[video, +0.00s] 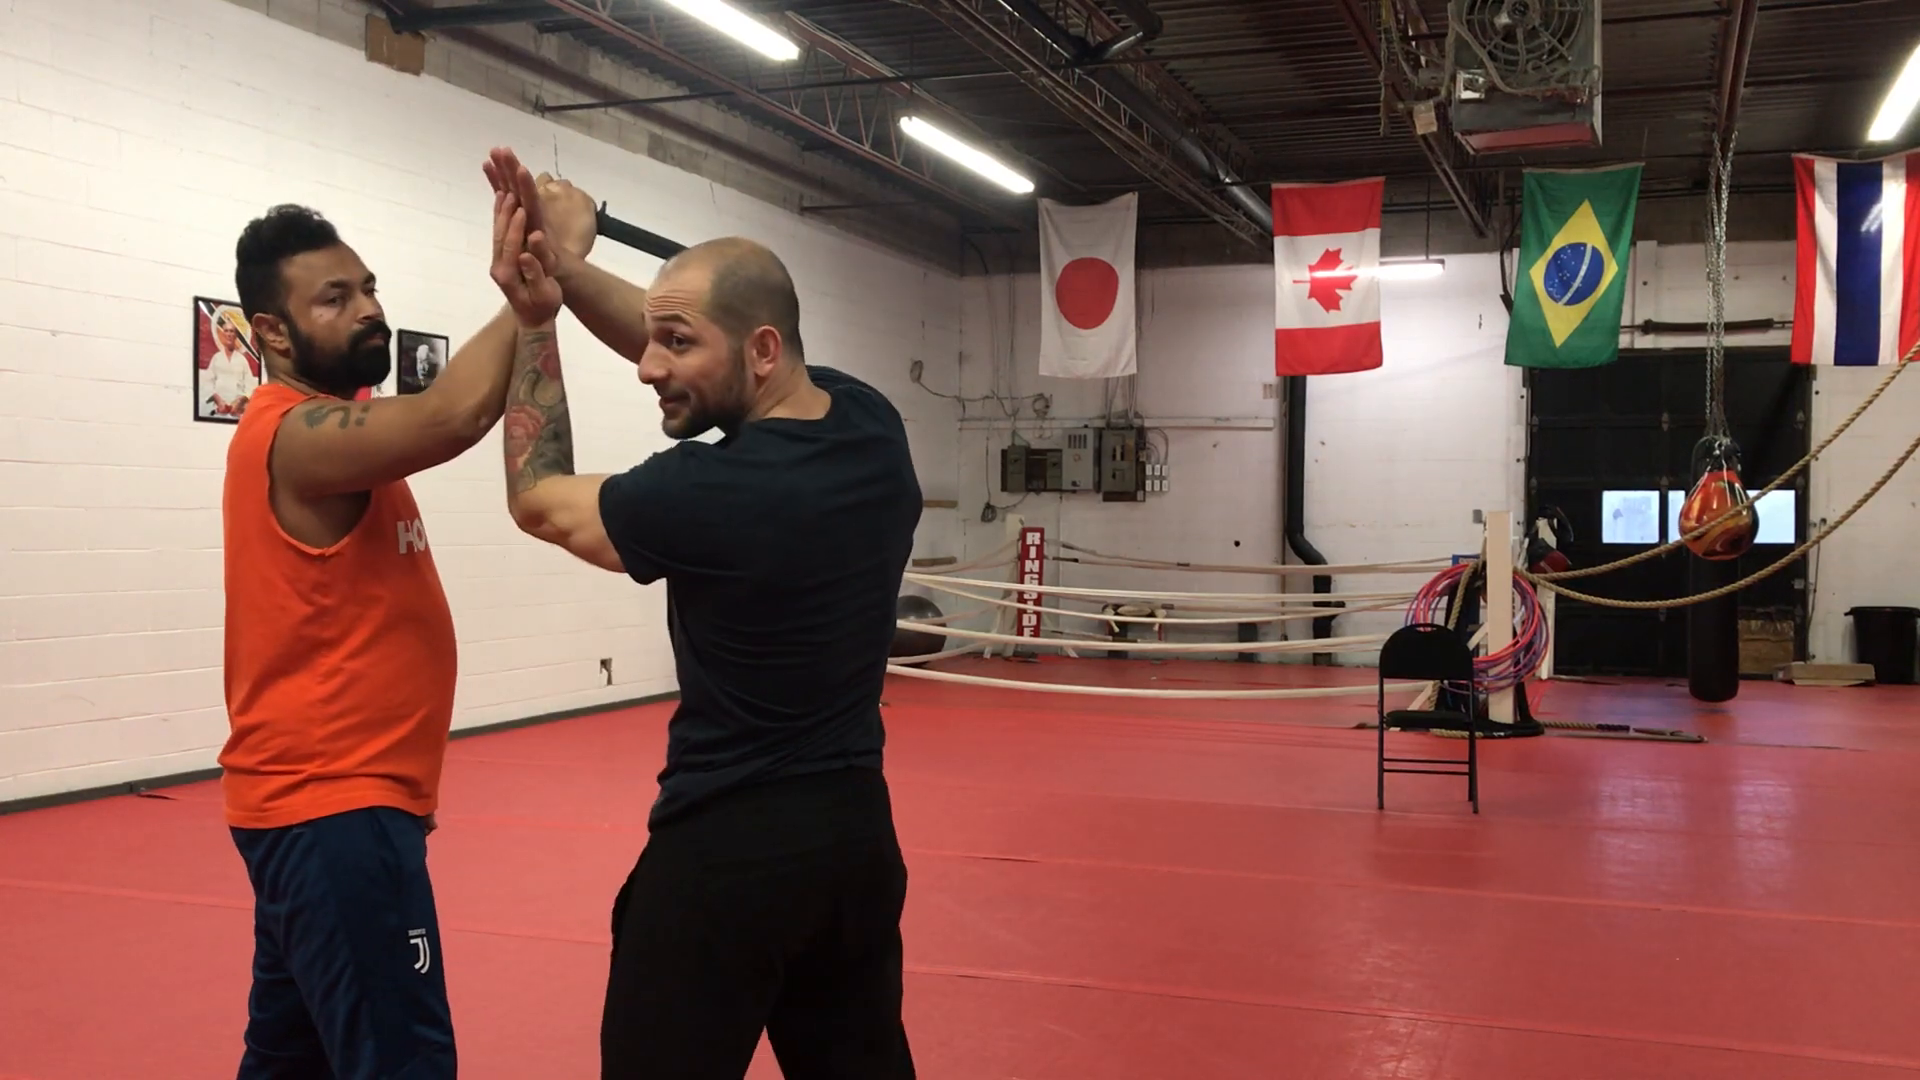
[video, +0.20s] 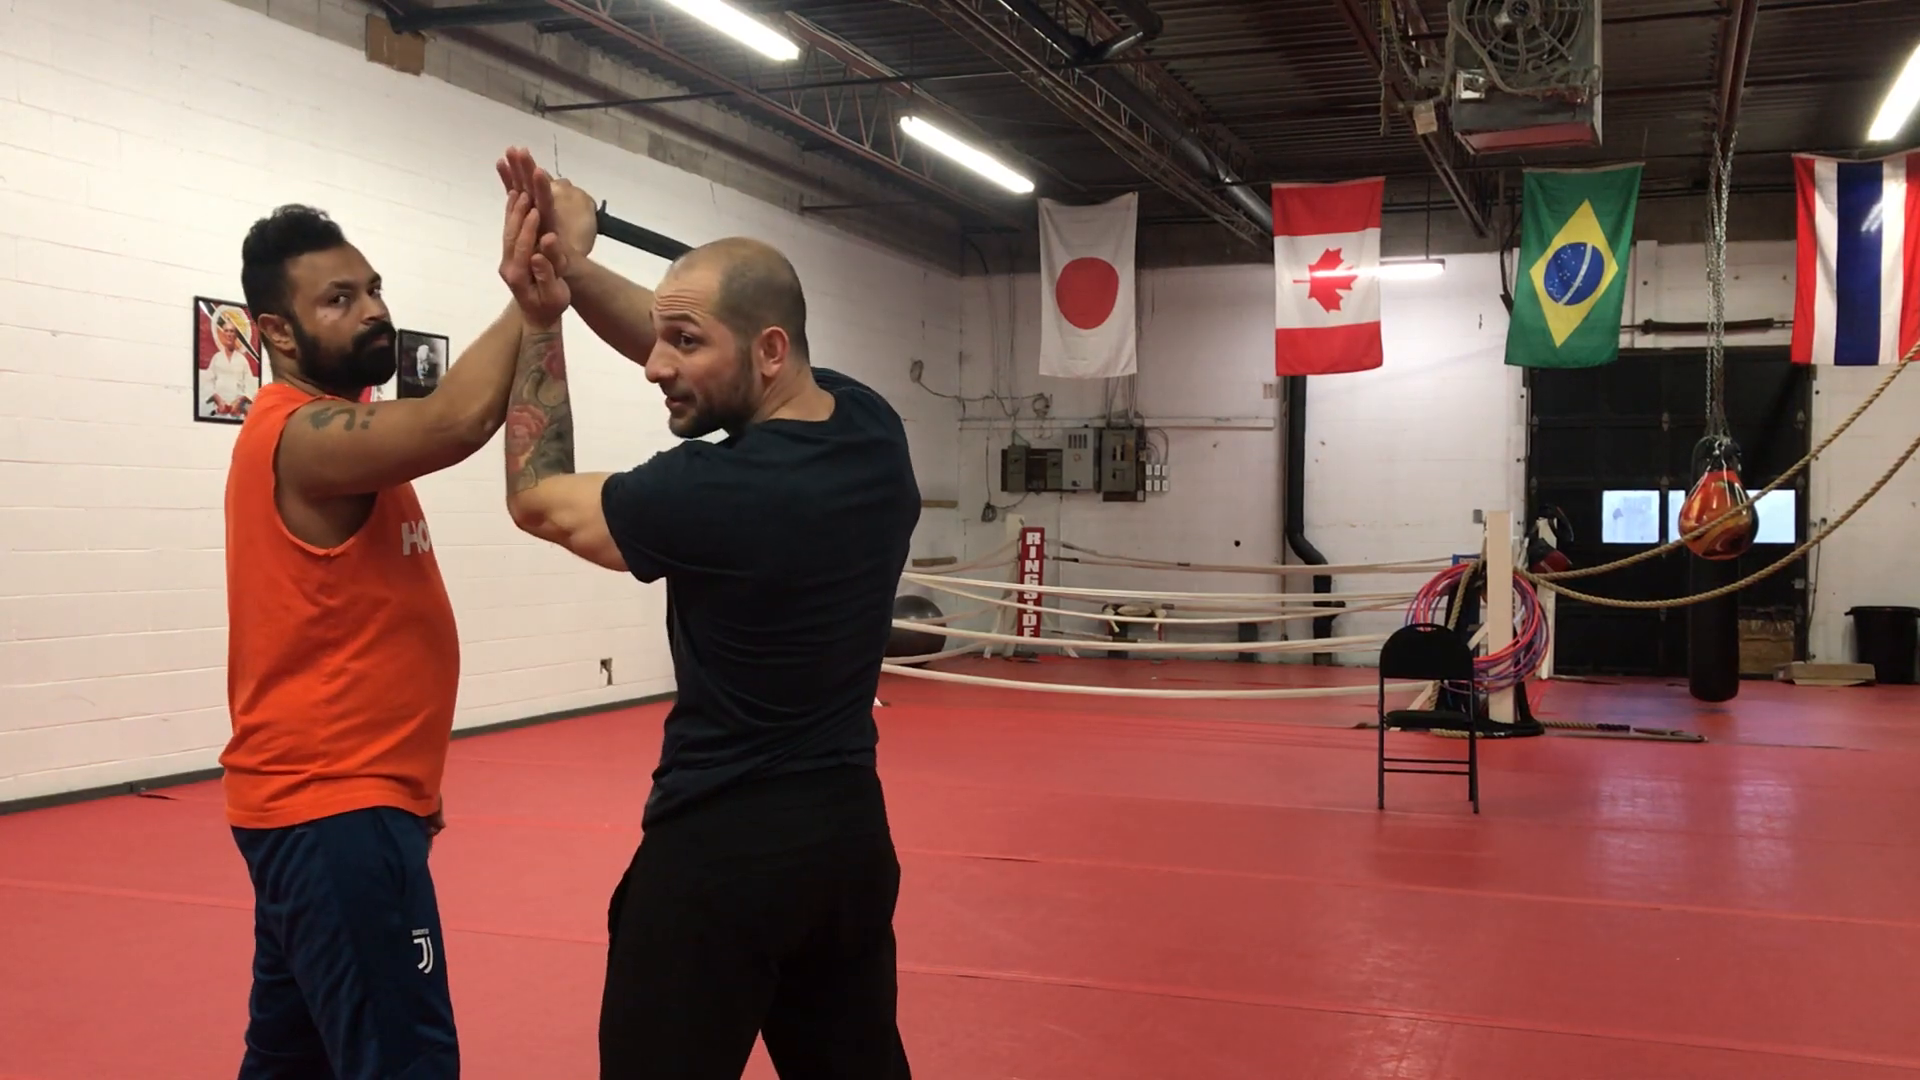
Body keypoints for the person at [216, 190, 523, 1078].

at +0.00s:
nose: (369, 311)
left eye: (367, 288)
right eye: (335, 300)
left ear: (372, 287)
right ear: (271, 333)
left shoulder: (306, 422)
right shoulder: (299, 431)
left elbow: (450, 420)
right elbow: (452, 414)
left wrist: (522, 301)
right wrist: (525, 305)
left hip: (325, 798)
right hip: (334, 805)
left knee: (292, 1054)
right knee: (406, 1057)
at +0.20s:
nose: (375, 312)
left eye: (373, 290)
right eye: (341, 298)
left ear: (378, 292)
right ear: (277, 330)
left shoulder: (315, 422)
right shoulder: (301, 429)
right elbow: (453, 422)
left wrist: (537, 304)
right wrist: (528, 307)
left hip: (325, 799)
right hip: (335, 807)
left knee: (291, 1054)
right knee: (407, 1056)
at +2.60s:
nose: (708, 327)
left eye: (708, 306)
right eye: (679, 312)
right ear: (615, 338)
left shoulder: (659, 430)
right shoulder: (619, 432)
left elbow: (649, 622)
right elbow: (744, 434)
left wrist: (717, 750)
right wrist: (822, 320)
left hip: (646, 783)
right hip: (622, 788)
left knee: (568, 1049)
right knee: (698, 1054)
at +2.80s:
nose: (705, 325)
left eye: (704, 306)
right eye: (676, 312)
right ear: (614, 338)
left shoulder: (655, 431)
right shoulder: (616, 432)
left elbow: (652, 624)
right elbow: (738, 436)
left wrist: (717, 750)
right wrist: (822, 316)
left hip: (644, 787)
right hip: (623, 793)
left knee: (565, 1049)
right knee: (696, 1054)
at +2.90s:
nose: (704, 325)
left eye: (704, 306)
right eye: (675, 312)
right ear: (611, 340)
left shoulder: (656, 435)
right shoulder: (614, 435)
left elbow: (645, 627)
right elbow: (738, 436)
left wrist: (715, 752)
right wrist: (820, 316)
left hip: (639, 788)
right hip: (621, 795)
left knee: (564, 1049)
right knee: (695, 1055)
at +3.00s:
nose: (702, 325)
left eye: (701, 305)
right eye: (673, 312)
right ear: (611, 338)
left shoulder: (654, 432)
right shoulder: (615, 430)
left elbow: (647, 625)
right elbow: (736, 435)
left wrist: (716, 750)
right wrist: (819, 316)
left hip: (641, 785)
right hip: (619, 792)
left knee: (564, 1050)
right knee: (693, 1055)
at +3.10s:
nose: (702, 327)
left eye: (702, 306)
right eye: (673, 312)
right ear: (610, 339)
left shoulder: (658, 433)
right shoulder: (613, 431)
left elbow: (649, 622)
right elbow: (738, 433)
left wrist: (719, 748)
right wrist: (818, 316)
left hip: (643, 785)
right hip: (618, 791)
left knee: (564, 1051)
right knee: (692, 1055)